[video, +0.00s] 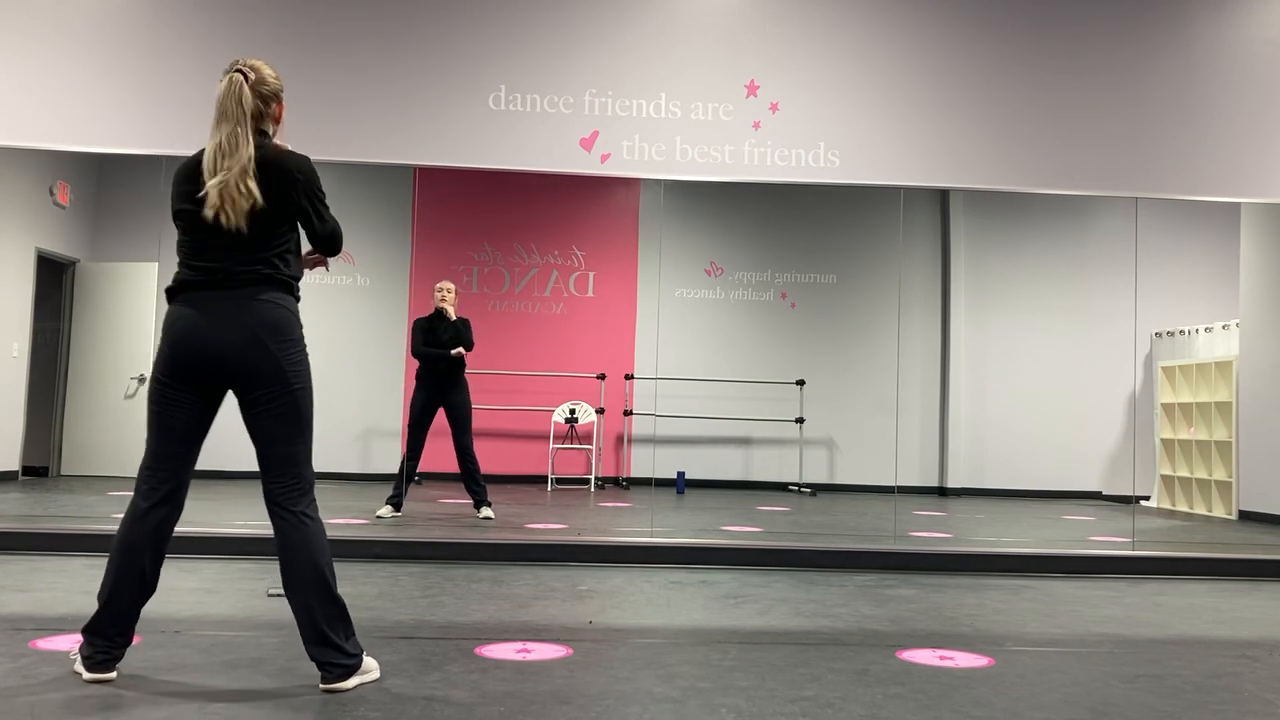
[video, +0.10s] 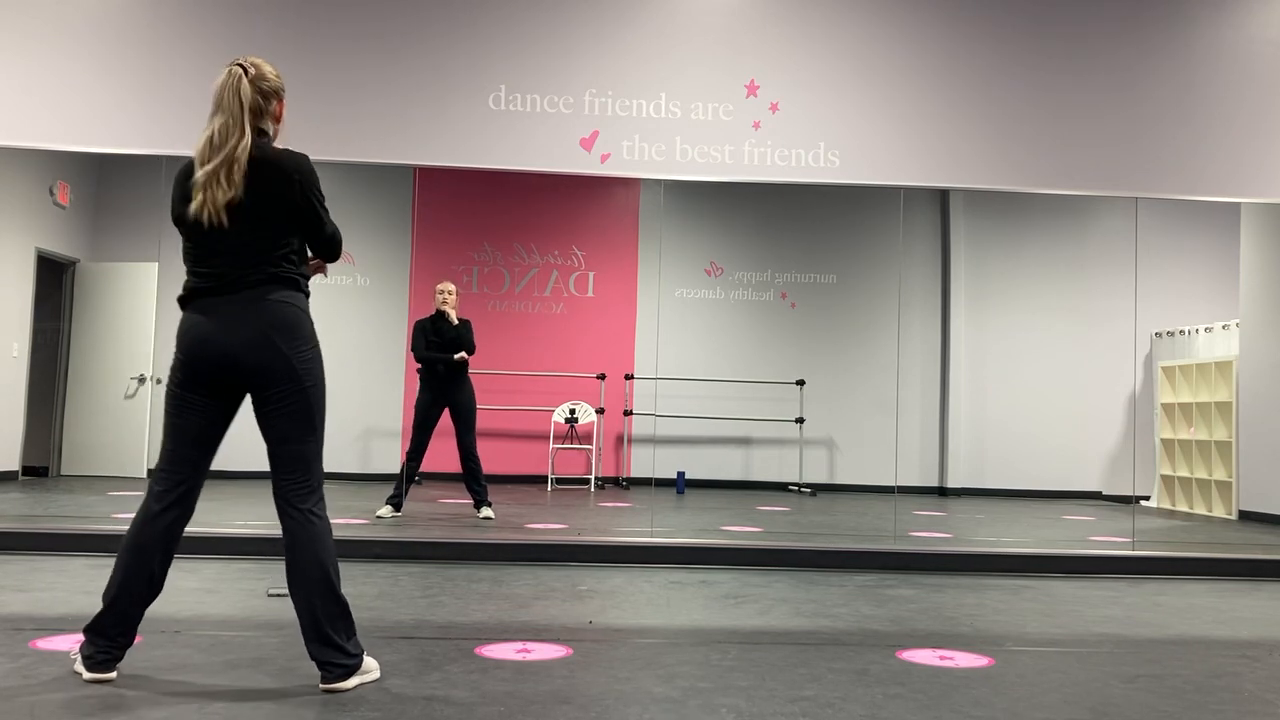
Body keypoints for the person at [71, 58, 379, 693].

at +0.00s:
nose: (286, 114)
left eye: (283, 104)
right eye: (285, 105)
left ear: (225, 108)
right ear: (273, 110)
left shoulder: (187, 169)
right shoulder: (291, 167)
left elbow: (201, 244)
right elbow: (330, 242)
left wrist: (295, 258)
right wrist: (312, 247)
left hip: (189, 327)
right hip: (268, 327)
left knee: (155, 490)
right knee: (292, 497)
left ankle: (101, 649)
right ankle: (338, 659)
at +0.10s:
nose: (286, 114)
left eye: (284, 105)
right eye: (284, 105)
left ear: (223, 107)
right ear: (271, 109)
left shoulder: (190, 173)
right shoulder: (290, 167)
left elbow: (209, 247)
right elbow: (329, 244)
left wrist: (298, 260)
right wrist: (312, 248)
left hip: (202, 330)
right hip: (279, 328)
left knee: (168, 490)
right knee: (301, 496)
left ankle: (101, 648)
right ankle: (338, 659)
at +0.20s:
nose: (287, 117)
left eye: (285, 107)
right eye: (285, 107)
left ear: (220, 109)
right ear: (270, 110)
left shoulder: (190, 179)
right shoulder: (290, 169)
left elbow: (200, 253)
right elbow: (324, 250)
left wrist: (300, 264)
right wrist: (319, 255)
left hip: (213, 333)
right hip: (289, 327)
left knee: (180, 492)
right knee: (310, 495)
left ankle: (103, 647)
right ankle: (340, 660)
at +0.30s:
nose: (287, 112)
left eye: (285, 102)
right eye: (285, 103)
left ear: (220, 107)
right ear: (271, 107)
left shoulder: (192, 175)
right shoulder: (292, 167)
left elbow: (212, 247)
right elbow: (331, 244)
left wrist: (302, 255)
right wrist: (306, 242)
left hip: (207, 329)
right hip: (285, 327)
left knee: (171, 490)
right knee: (304, 494)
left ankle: (102, 648)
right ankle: (339, 659)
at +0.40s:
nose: (288, 113)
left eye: (285, 104)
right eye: (287, 104)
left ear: (225, 107)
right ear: (275, 108)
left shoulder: (193, 170)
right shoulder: (296, 165)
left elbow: (220, 241)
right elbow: (338, 236)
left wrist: (309, 252)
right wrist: (320, 243)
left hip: (193, 326)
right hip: (273, 325)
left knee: (159, 490)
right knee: (296, 497)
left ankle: (101, 649)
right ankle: (338, 659)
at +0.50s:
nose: (285, 114)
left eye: (282, 104)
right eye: (284, 105)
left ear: (223, 107)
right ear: (272, 110)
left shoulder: (186, 166)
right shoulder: (294, 169)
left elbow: (201, 237)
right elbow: (329, 239)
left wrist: (295, 250)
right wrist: (298, 246)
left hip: (183, 327)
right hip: (264, 327)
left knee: (151, 490)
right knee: (289, 497)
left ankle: (101, 649)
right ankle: (338, 659)